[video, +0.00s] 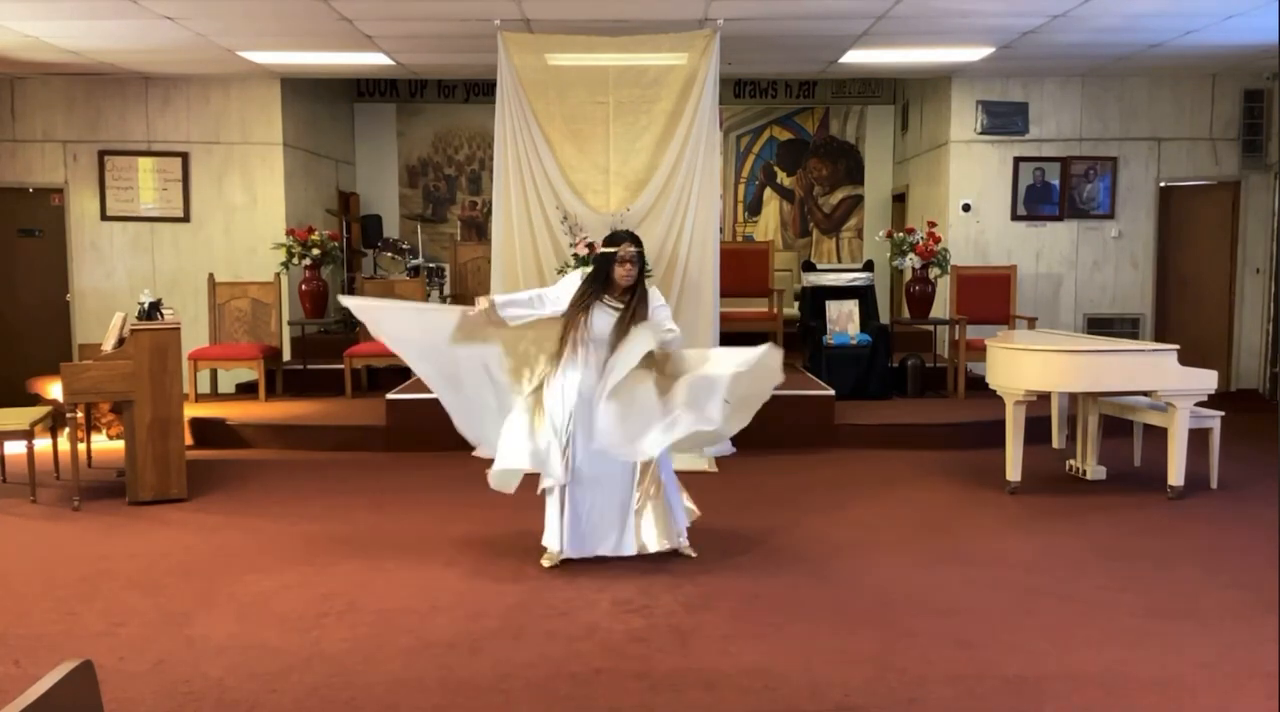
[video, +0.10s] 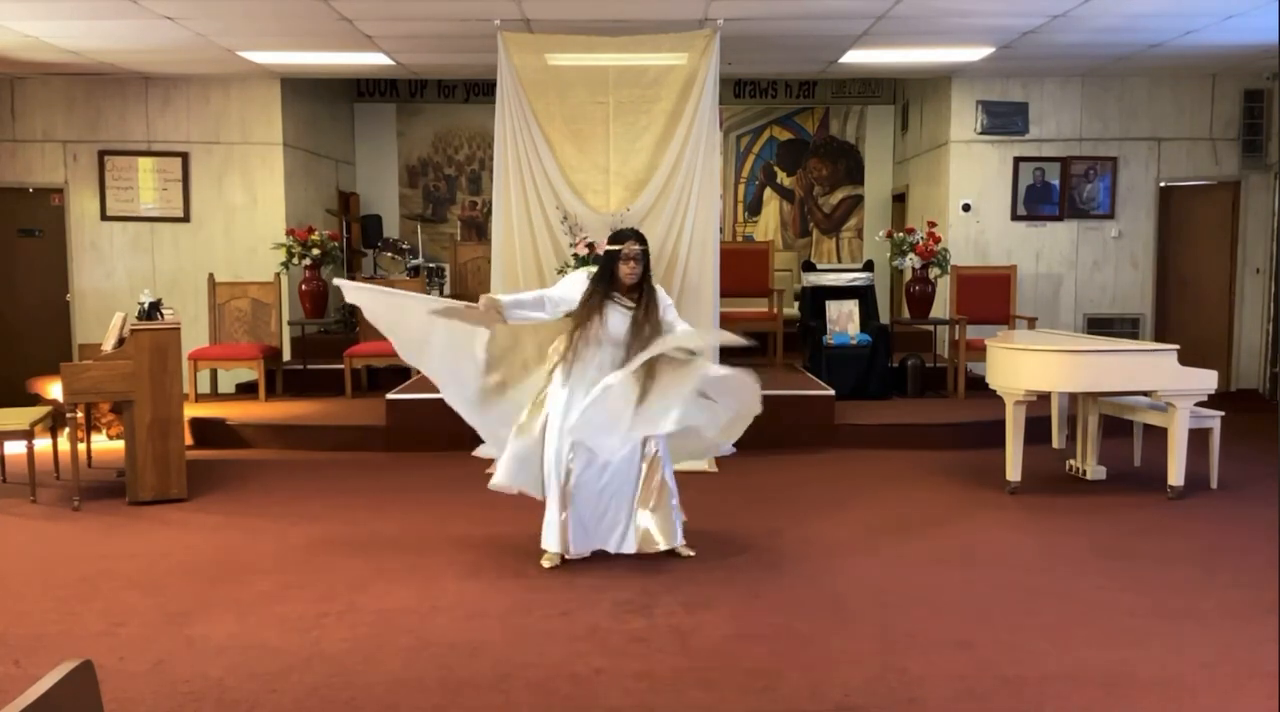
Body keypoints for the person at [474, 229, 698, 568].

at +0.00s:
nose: (628, 268)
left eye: (634, 261)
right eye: (620, 261)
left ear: (642, 265)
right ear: (605, 264)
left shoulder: (648, 296)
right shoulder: (580, 285)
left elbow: (671, 338)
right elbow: (541, 299)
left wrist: (656, 337)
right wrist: (495, 302)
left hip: (623, 388)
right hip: (575, 386)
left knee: (652, 457)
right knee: (566, 460)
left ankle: (674, 535)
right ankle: (557, 543)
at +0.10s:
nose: (632, 270)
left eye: (638, 262)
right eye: (624, 262)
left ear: (647, 264)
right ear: (609, 263)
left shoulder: (654, 301)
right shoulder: (586, 290)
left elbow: (682, 343)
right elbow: (545, 301)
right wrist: (498, 304)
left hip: (627, 389)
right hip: (576, 386)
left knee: (653, 451)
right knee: (564, 457)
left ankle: (666, 537)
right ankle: (555, 542)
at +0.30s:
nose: (646, 267)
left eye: (651, 259)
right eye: (638, 260)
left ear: (659, 263)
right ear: (622, 264)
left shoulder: (668, 301)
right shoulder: (607, 298)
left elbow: (700, 335)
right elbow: (585, 344)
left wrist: (732, 355)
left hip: (652, 397)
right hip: (604, 397)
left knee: (666, 462)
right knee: (585, 467)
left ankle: (663, 539)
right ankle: (559, 543)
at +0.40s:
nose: (653, 268)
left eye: (658, 260)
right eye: (645, 261)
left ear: (666, 262)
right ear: (630, 263)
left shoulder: (676, 296)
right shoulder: (618, 297)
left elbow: (708, 325)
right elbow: (612, 338)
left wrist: (740, 342)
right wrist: (637, 371)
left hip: (665, 396)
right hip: (616, 393)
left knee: (667, 466)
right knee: (592, 464)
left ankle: (664, 538)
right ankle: (559, 540)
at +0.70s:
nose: (662, 272)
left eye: (669, 265)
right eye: (656, 265)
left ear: (679, 267)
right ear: (643, 267)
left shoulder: (693, 298)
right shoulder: (627, 299)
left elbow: (731, 319)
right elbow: (612, 341)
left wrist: (775, 331)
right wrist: (635, 368)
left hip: (689, 384)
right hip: (640, 385)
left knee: (699, 452)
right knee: (641, 457)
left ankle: (708, 524)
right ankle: (612, 545)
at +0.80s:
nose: (666, 270)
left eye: (672, 264)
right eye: (659, 264)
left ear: (683, 266)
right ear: (647, 267)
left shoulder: (698, 297)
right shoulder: (626, 299)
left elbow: (731, 330)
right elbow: (603, 347)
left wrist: (763, 355)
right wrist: (612, 379)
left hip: (690, 389)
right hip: (642, 390)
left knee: (701, 457)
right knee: (639, 464)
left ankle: (714, 528)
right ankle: (635, 546)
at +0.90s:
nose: (670, 271)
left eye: (677, 264)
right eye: (663, 264)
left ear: (687, 266)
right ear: (650, 266)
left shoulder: (700, 301)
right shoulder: (630, 297)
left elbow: (723, 344)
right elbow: (597, 337)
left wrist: (725, 375)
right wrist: (574, 368)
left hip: (684, 400)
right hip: (637, 398)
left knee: (678, 473)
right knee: (643, 477)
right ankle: (639, 554)